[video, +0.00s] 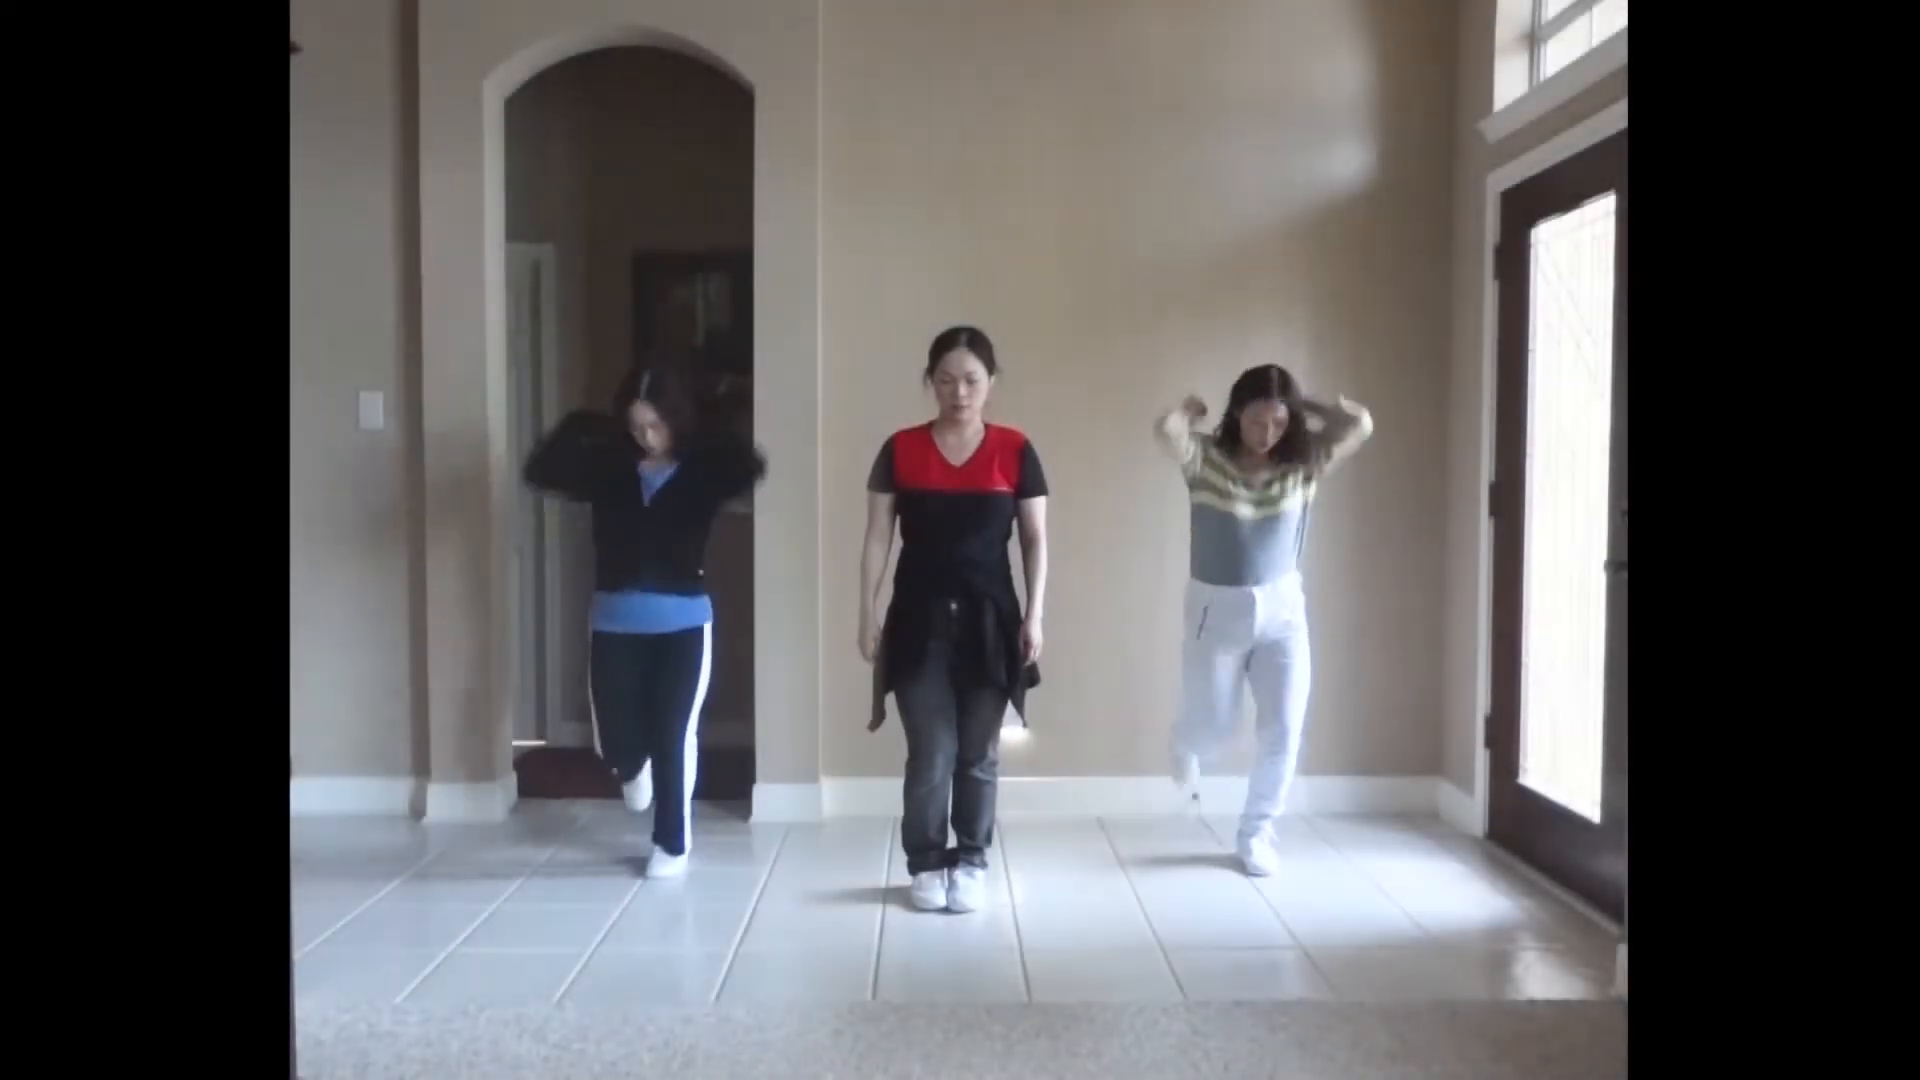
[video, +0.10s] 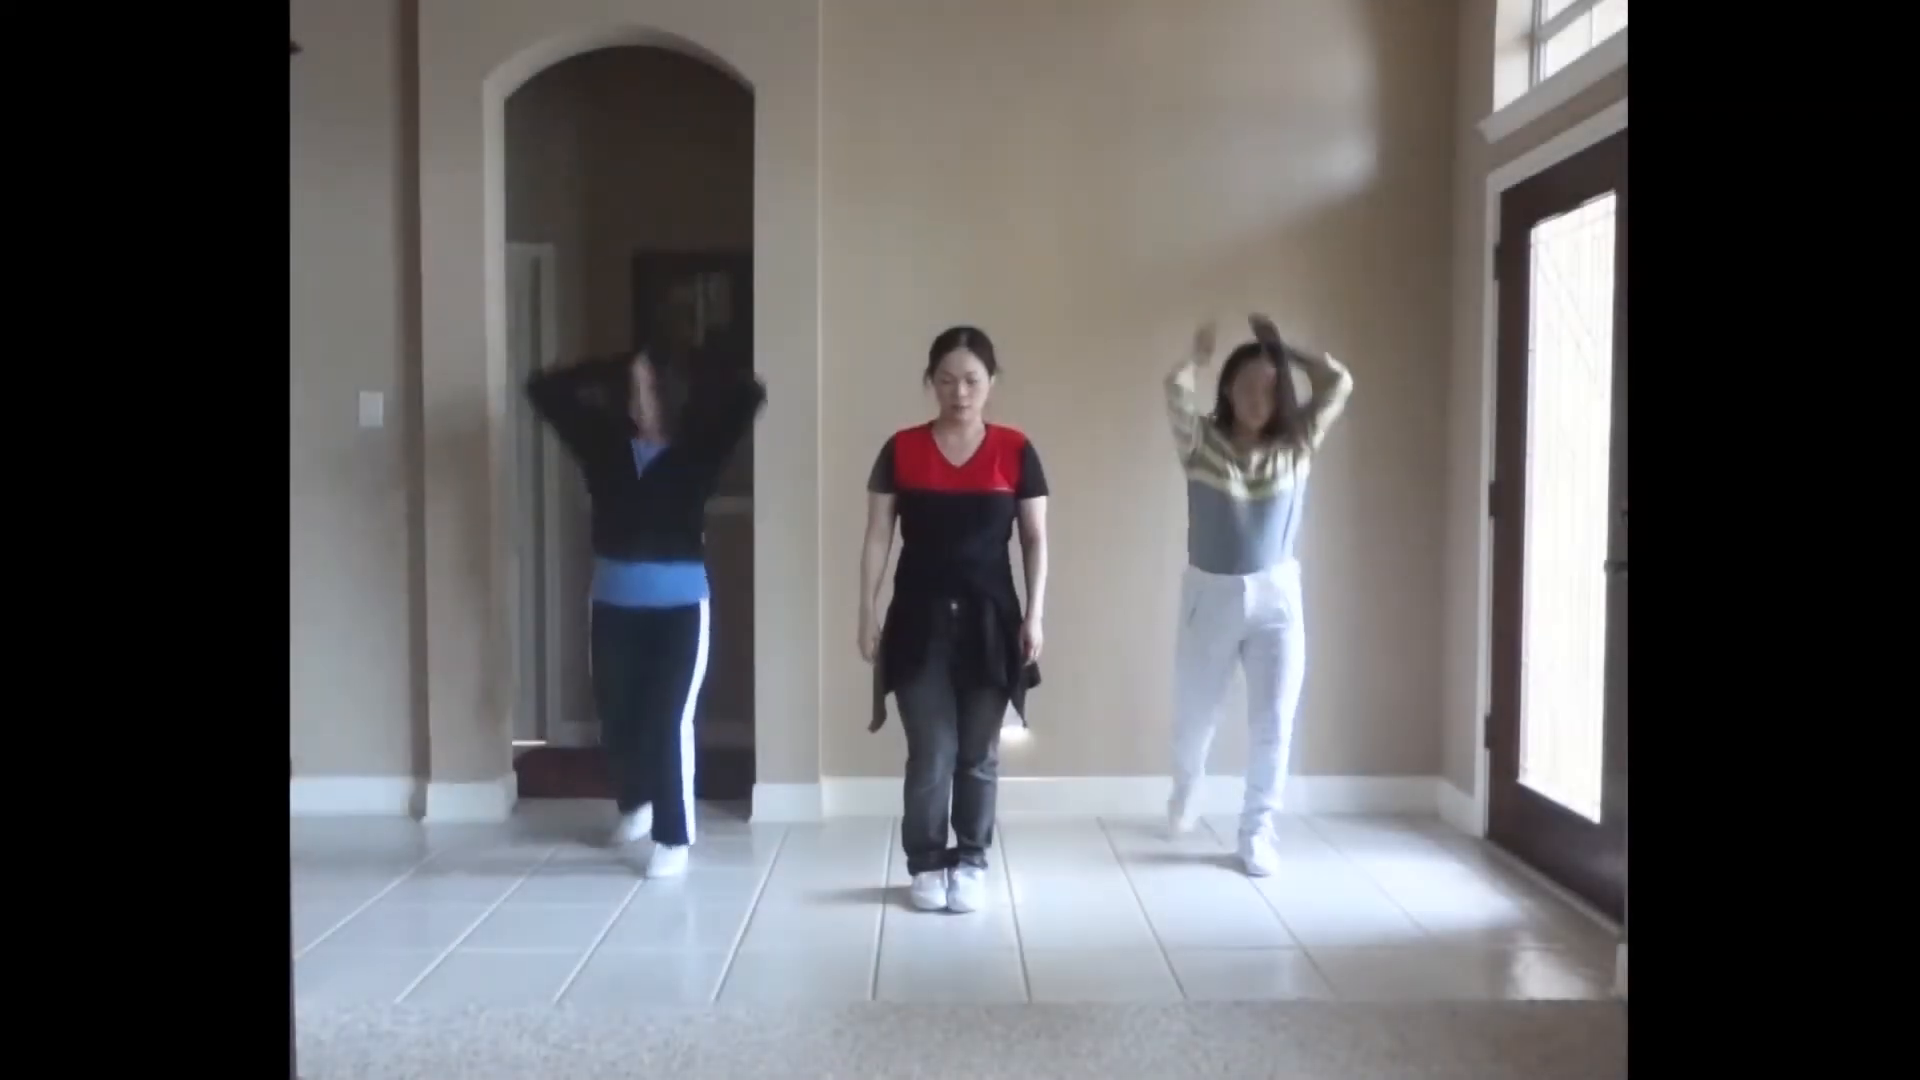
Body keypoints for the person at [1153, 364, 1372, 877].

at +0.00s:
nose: (1266, 431)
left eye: (1277, 421)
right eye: (1256, 419)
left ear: (1289, 423)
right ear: (1236, 417)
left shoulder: (1303, 467)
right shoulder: (1205, 459)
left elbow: (1361, 424)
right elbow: (1166, 431)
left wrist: (1312, 408)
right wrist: (1185, 412)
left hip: (1282, 616)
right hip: (1215, 615)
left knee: (1283, 731)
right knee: (1215, 726)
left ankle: (1257, 836)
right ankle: (1184, 747)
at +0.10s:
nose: (1258, 397)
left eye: (1269, 387)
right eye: (1247, 385)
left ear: (1281, 396)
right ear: (1229, 390)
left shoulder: (1295, 447)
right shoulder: (1202, 446)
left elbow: (1338, 385)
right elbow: (1177, 393)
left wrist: (1287, 348)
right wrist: (1197, 360)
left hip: (1276, 598)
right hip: (1210, 598)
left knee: (1273, 724)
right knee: (1195, 714)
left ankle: (1258, 834)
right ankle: (1183, 795)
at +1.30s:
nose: (1199, 431)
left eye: (1209, 422)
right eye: (1189, 421)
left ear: (1222, 429)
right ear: (1172, 427)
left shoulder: (1236, 479)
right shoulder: (1153, 476)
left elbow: (1243, 542)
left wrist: (1234, 510)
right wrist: (1203, 489)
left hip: (1226, 597)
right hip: (1168, 602)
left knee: (1250, 711)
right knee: (1176, 724)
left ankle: (1264, 823)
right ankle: (1199, 808)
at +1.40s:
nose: (1199, 432)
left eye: (1209, 423)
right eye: (1189, 422)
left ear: (1222, 430)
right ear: (1172, 427)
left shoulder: (1235, 481)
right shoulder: (1153, 480)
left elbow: (1244, 544)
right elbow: (1145, 537)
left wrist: (1235, 524)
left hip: (1226, 598)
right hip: (1168, 602)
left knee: (1251, 711)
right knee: (1175, 724)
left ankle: (1264, 823)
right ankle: (1199, 808)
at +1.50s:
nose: (1199, 432)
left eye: (1209, 424)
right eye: (1190, 423)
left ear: (1222, 431)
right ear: (1172, 428)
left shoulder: (1233, 482)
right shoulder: (1151, 482)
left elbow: (1243, 546)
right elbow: (1142, 539)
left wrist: (1232, 522)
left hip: (1226, 598)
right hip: (1168, 603)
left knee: (1251, 711)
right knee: (1175, 725)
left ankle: (1264, 823)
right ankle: (1199, 808)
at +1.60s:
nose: (1199, 432)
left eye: (1209, 424)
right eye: (1189, 423)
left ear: (1222, 431)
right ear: (1172, 428)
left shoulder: (1233, 484)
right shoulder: (1151, 483)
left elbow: (1240, 550)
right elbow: (1145, 543)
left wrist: (1224, 512)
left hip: (1226, 599)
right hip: (1168, 604)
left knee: (1251, 712)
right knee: (1175, 726)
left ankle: (1264, 824)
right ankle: (1199, 809)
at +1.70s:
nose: (1199, 433)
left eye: (1210, 424)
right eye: (1190, 423)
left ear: (1222, 431)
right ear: (1172, 429)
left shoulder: (1234, 484)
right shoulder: (1152, 484)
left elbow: (1241, 542)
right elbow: (1150, 537)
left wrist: (1222, 519)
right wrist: (1211, 531)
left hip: (1227, 601)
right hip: (1168, 607)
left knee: (1252, 713)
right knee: (1176, 728)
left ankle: (1263, 825)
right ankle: (1199, 809)